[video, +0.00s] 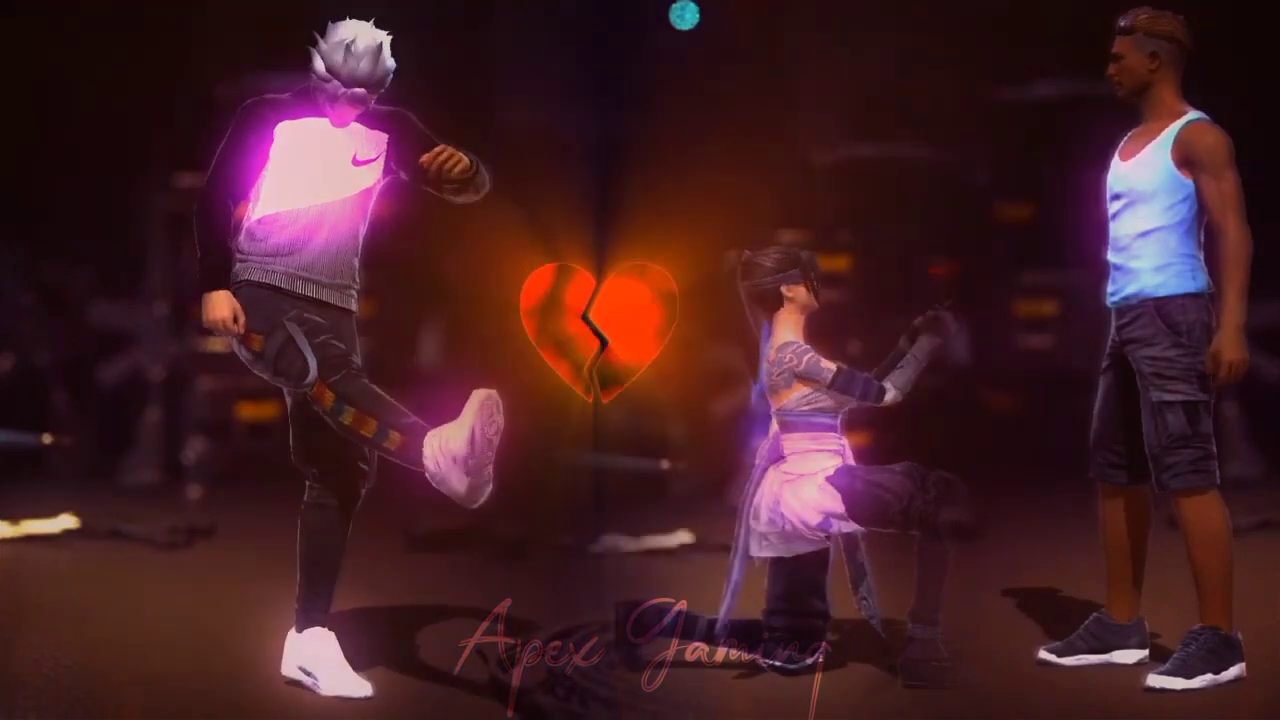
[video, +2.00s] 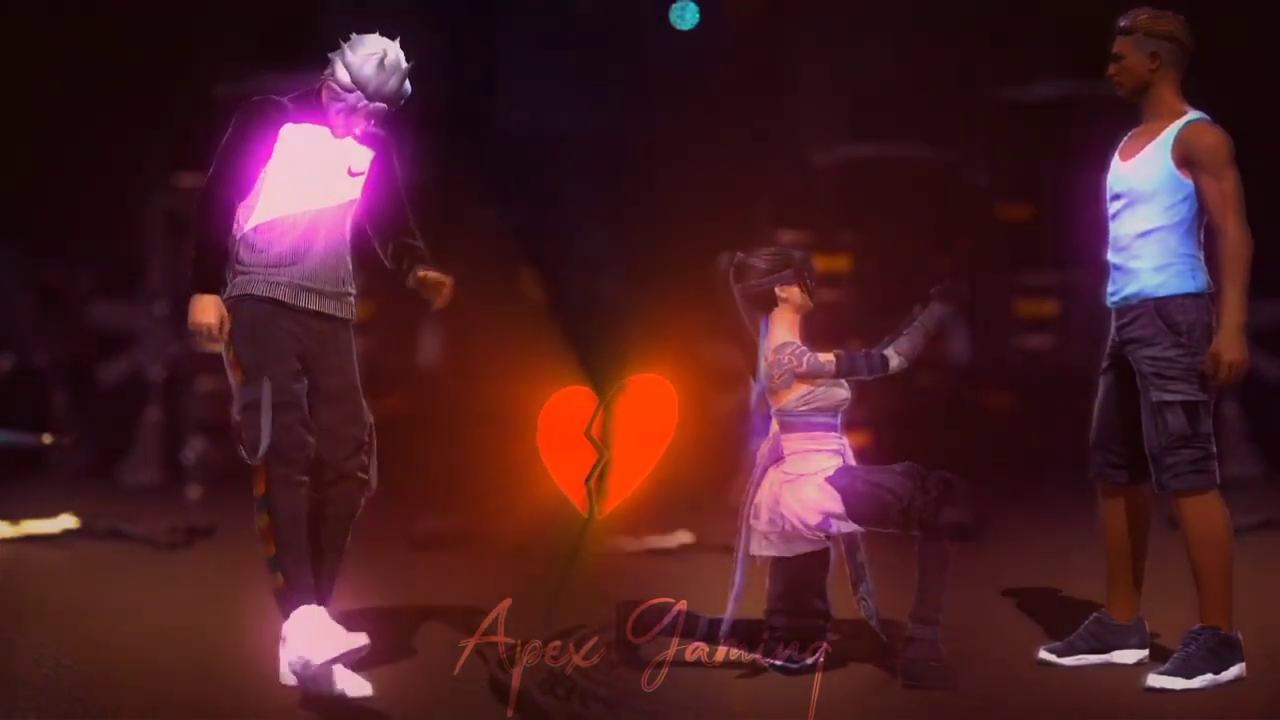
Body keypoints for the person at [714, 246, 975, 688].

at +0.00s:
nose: (815, 291)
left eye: (812, 282)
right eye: (808, 283)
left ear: (786, 292)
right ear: (787, 290)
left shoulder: (782, 350)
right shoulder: (792, 353)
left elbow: (869, 389)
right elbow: (886, 393)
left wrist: (906, 346)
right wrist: (929, 343)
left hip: (794, 482)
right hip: (809, 486)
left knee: (795, 644)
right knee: (942, 495)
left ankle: (673, 624)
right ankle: (924, 645)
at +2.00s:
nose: (809, 290)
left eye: (806, 281)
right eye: (802, 282)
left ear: (779, 293)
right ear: (782, 291)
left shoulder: (784, 349)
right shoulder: (787, 355)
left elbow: (876, 361)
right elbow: (884, 362)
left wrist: (926, 313)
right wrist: (936, 312)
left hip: (797, 481)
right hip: (809, 485)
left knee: (797, 642)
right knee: (941, 496)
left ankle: (680, 623)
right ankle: (923, 650)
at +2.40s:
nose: (809, 290)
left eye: (805, 281)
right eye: (801, 282)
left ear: (781, 292)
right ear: (781, 290)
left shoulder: (783, 344)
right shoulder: (787, 353)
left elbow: (877, 358)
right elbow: (885, 361)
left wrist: (925, 314)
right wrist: (935, 311)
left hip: (798, 482)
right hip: (809, 484)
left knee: (797, 645)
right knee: (942, 496)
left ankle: (676, 624)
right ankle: (923, 648)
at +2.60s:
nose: (808, 289)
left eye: (804, 281)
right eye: (799, 281)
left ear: (779, 292)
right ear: (780, 291)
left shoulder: (783, 346)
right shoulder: (786, 353)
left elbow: (878, 358)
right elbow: (885, 360)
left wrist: (929, 309)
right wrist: (938, 308)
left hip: (798, 484)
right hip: (810, 485)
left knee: (797, 646)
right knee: (943, 497)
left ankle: (677, 624)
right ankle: (924, 650)